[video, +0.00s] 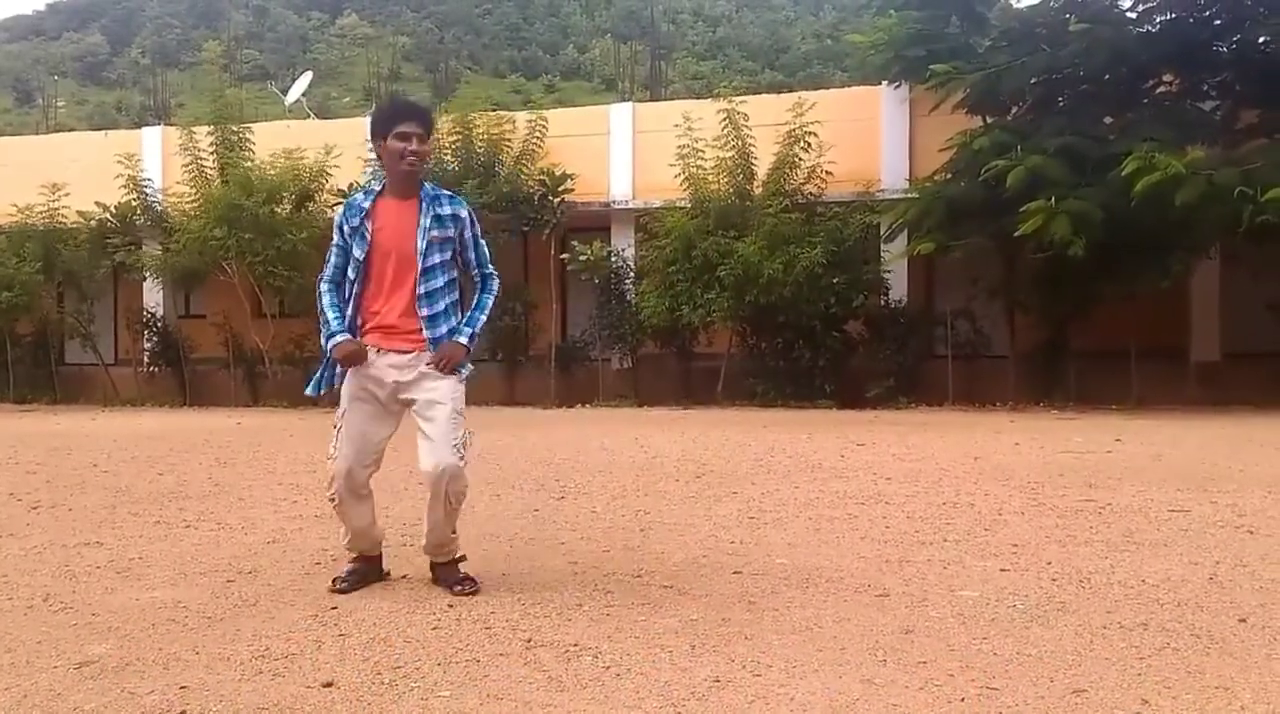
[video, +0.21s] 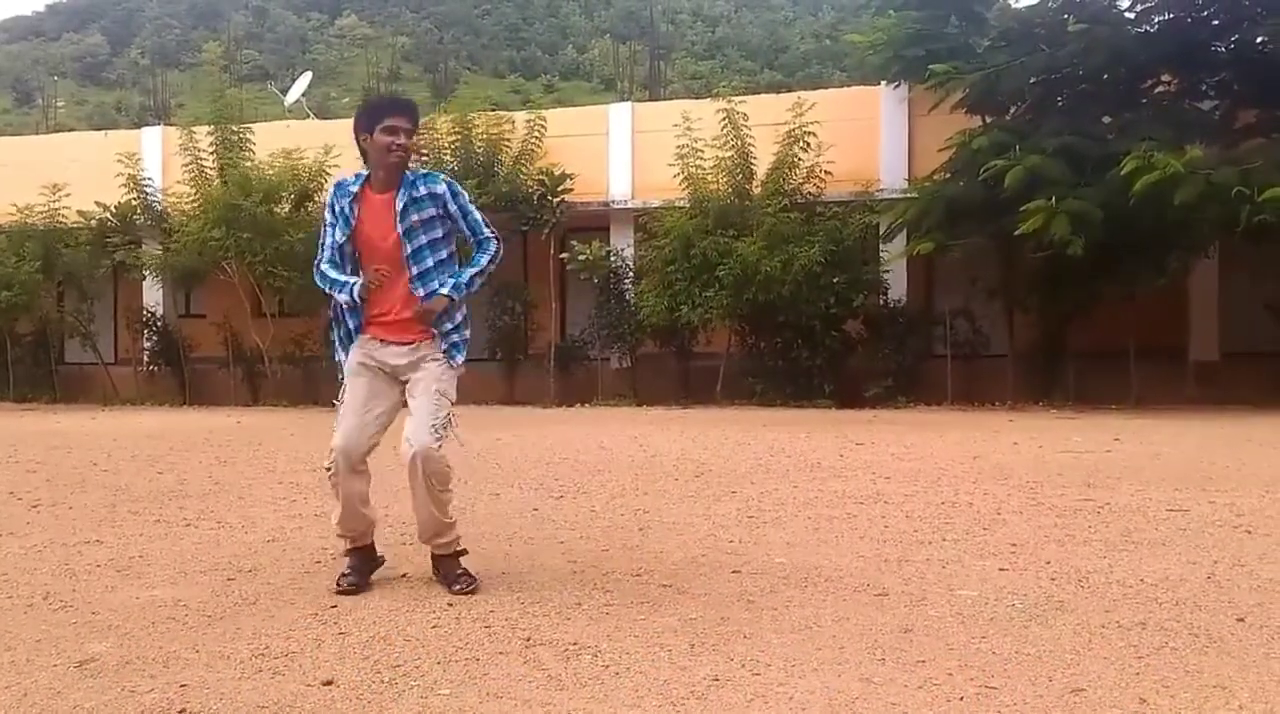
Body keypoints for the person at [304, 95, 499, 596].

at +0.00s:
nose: (412, 148)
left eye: (420, 139)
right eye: (400, 139)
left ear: (430, 147)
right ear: (378, 147)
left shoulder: (453, 210)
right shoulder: (355, 211)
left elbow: (488, 280)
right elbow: (331, 281)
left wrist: (464, 339)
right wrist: (337, 335)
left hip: (437, 363)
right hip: (369, 362)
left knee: (445, 468)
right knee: (347, 471)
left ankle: (444, 560)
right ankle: (366, 558)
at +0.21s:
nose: (400, 142)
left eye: (408, 134)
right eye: (390, 132)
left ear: (415, 142)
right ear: (364, 138)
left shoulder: (439, 189)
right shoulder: (342, 195)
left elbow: (488, 245)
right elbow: (325, 269)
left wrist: (450, 292)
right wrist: (354, 284)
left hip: (432, 349)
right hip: (370, 350)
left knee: (424, 447)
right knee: (346, 449)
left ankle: (445, 554)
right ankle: (360, 551)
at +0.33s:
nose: (376, 176)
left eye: (388, 169)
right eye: (368, 166)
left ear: (402, 180)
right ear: (352, 174)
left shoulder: (423, 228)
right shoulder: (340, 223)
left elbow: (414, 290)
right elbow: (370, 285)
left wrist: (361, 307)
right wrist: (428, 255)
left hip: (435, 364)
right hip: (376, 366)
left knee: (431, 456)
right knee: (365, 470)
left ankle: (435, 558)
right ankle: (368, 559)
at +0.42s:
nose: (393, 173)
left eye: (404, 166)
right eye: (385, 163)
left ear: (419, 174)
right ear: (371, 166)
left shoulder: (434, 223)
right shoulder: (360, 206)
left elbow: (449, 294)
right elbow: (344, 265)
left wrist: (400, 251)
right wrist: (423, 250)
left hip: (436, 364)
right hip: (372, 366)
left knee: (458, 434)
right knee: (351, 465)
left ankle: (444, 538)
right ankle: (366, 557)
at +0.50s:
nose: (420, 145)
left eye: (432, 136)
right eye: (413, 135)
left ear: (453, 142)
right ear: (403, 136)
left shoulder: (464, 190)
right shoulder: (383, 171)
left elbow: (513, 223)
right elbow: (337, 217)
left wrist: (495, 163)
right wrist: (372, 243)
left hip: (434, 333)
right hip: (366, 332)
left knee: (471, 412)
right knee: (328, 431)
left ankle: (462, 527)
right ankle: (347, 545)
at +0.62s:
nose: (458, 130)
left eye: (469, 121)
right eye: (452, 120)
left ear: (495, 118)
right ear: (444, 115)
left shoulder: (507, 163)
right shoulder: (423, 143)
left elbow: (570, 138)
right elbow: (370, 182)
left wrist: (611, 75)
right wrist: (331, 230)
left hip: (435, 313)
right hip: (370, 296)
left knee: (469, 419)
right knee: (307, 393)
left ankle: (498, 539)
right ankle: (279, 477)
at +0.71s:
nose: (473, 142)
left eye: (484, 132)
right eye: (468, 131)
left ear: (513, 128)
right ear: (461, 124)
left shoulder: (529, 168)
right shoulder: (444, 153)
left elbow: (585, 127)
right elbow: (388, 188)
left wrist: (639, 70)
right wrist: (332, 229)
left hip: (446, 327)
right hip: (387, 297)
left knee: (465, 441)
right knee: (301, 371)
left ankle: (495, 558)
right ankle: (253, 430)